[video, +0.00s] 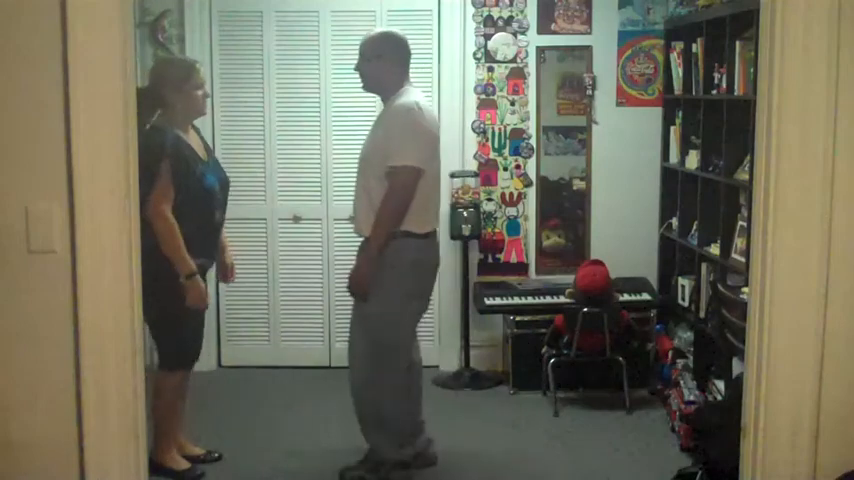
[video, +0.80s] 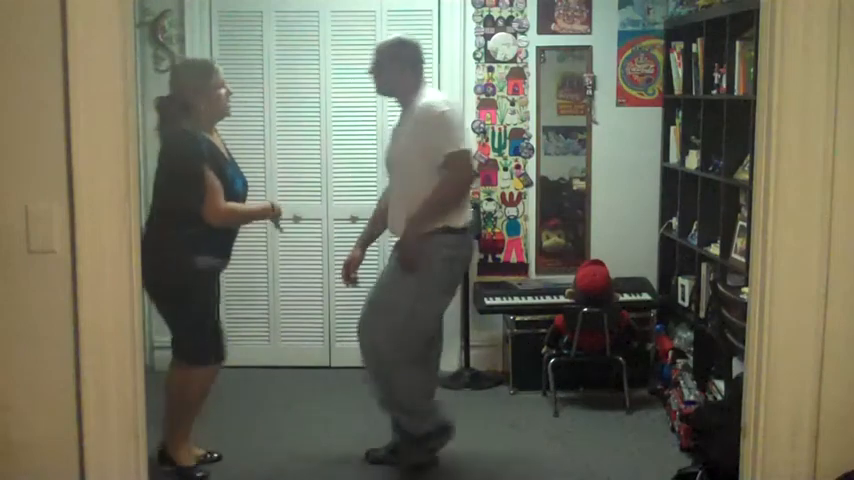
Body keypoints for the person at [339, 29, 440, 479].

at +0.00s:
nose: (357, 68)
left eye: (366, 60)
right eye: (360, 60)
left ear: (391, 64)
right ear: (392, 66)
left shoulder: (407, 112)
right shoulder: (402, 110)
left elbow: (403, 186)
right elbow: (402, 186)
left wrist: (369, 256)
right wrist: (374, 253)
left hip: (399, 250)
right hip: (401, 250)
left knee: (377, 354)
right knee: (395, 351)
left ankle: (390, 454)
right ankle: (410, 445)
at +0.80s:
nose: (372, 77)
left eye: (379, 69)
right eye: (373, 70)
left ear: (405, 68)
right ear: (400, 70)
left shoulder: (436, 109)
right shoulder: (408, 120)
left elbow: (462, 172)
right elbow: (395, 191)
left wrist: (416, 230)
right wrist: (362, 246)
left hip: (438, 243)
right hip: (421, 244)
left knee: (379, 327)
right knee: (415, 337)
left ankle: (425, 427)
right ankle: (411, 441)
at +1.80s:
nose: (449, 86)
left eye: (453, 78)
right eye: (451, 78)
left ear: (468, 80)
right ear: (496, 79)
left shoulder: (461, 129)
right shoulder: (535, 121)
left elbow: (447, 199)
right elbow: (570, 189)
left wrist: (437, 263)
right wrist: (571, 239)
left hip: (497, 259)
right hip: (545, 251)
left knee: (459, 341)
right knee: (552, 349)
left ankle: (488, 439)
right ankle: (588, 448)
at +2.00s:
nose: (421, 89)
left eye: (428, 81)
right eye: (423, 81)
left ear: (450, 82)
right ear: (457, 82)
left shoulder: (464, 127)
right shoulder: (476, 123)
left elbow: (479, 191)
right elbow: (480, 191)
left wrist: (458, 253)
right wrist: (445, 232)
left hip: (488, 260)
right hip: (497, 258)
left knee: (448, 350)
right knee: (505, 350)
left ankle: (448, 442)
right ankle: (569, 419)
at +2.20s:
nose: (418, 86)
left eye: (426, 77)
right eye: (413, 78)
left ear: (446, 80)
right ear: (409, 83)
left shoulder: (487, 125)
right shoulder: (405, 141)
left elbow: (533, 174)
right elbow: (394, 203)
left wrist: (504, 231)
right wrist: (390, 253)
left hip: (475, 261)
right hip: (424, 256)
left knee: (451, 360)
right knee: (395, 336)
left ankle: (446, 443)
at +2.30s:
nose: (442, 73)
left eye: (448, 64)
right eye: (432, 65)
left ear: (456, 67)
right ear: (416, 70)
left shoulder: (482, 114)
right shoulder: (395, 127)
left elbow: (511, 169)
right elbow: (378, 194)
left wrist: (500, 211)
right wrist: (411, 234)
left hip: (468, 247)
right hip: (415, 245)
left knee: (461, 348)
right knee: (419, 335)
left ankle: (434, 439)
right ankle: (387, 389)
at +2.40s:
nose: (465, 64)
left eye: (465, 56)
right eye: (455, 56)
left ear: (459, 64)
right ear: (426, 62)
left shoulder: (466, 113)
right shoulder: (398, 119)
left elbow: (481, 166)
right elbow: (378, 186)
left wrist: (479, 210)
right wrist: (447, 215)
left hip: (447, 245)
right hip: (406, 243)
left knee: (447, 344)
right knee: (433, 343)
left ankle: (402, 434)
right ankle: (386, 432)